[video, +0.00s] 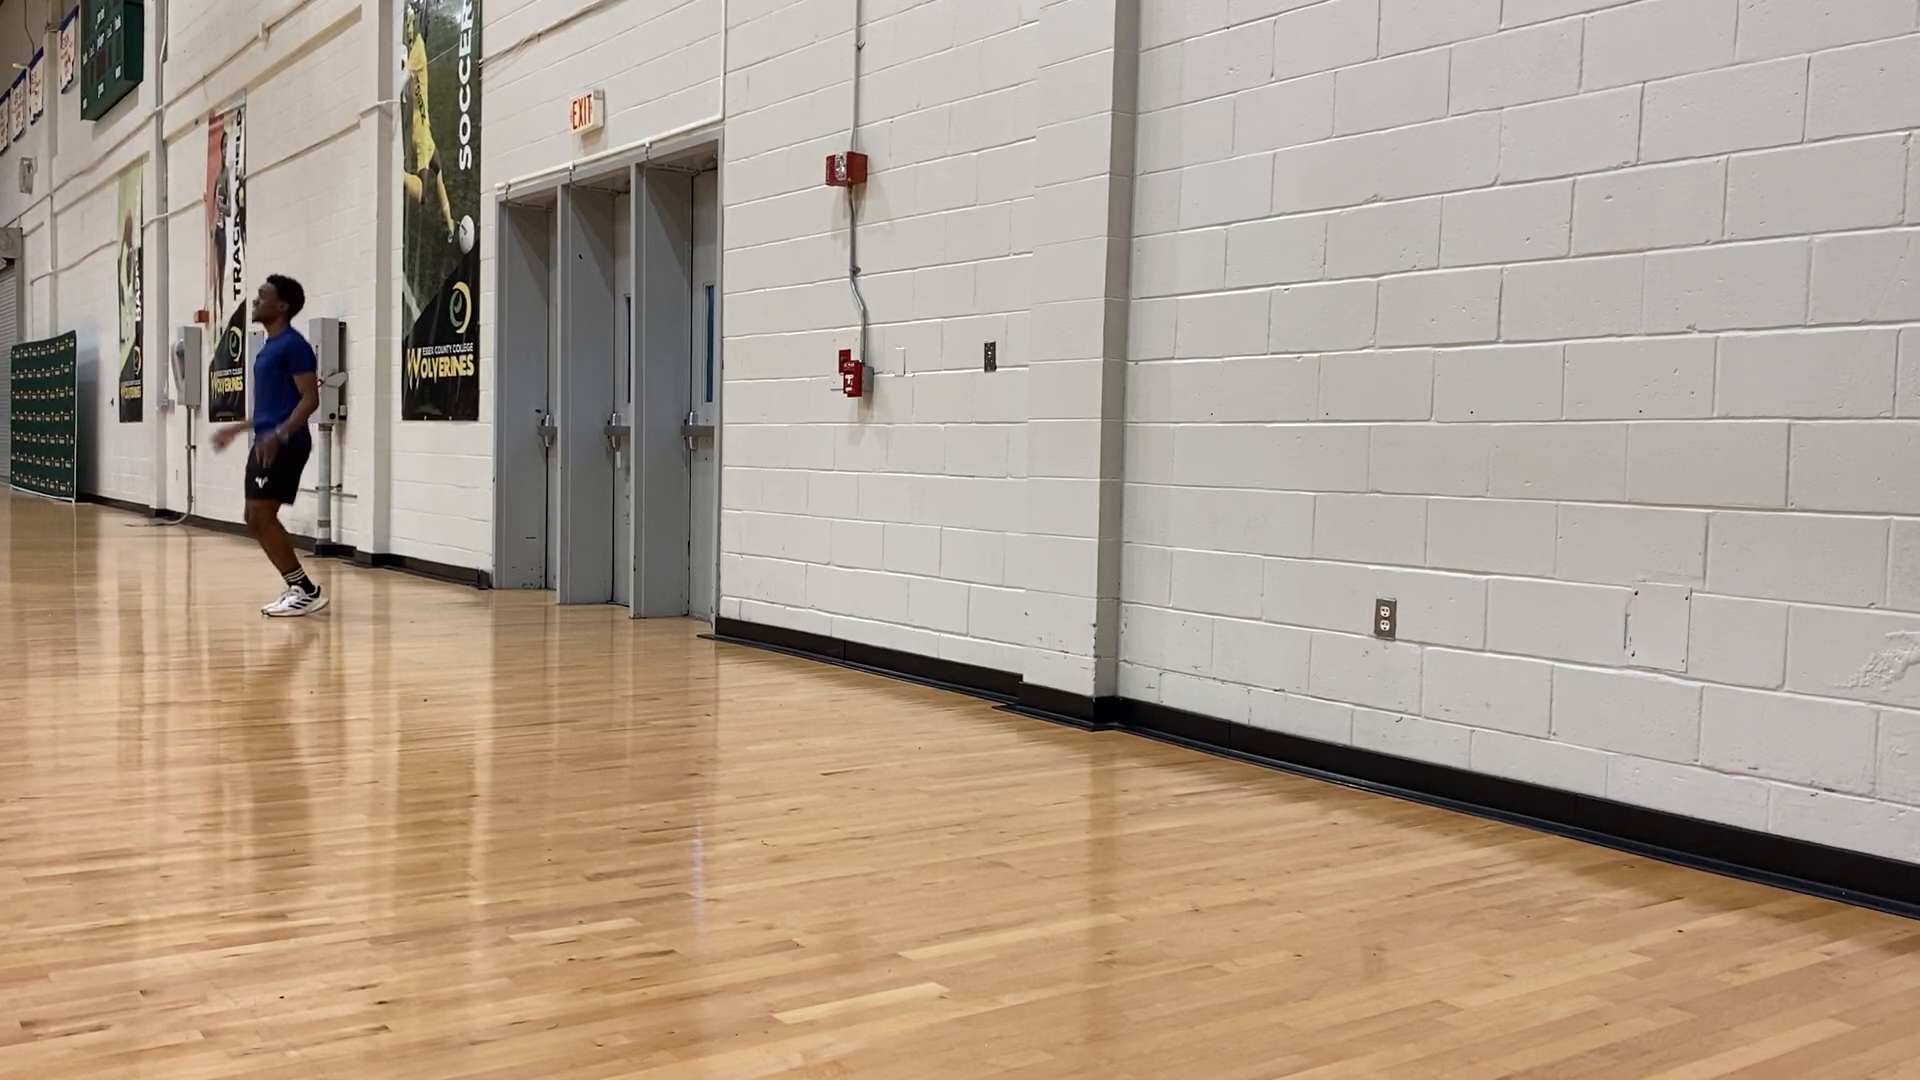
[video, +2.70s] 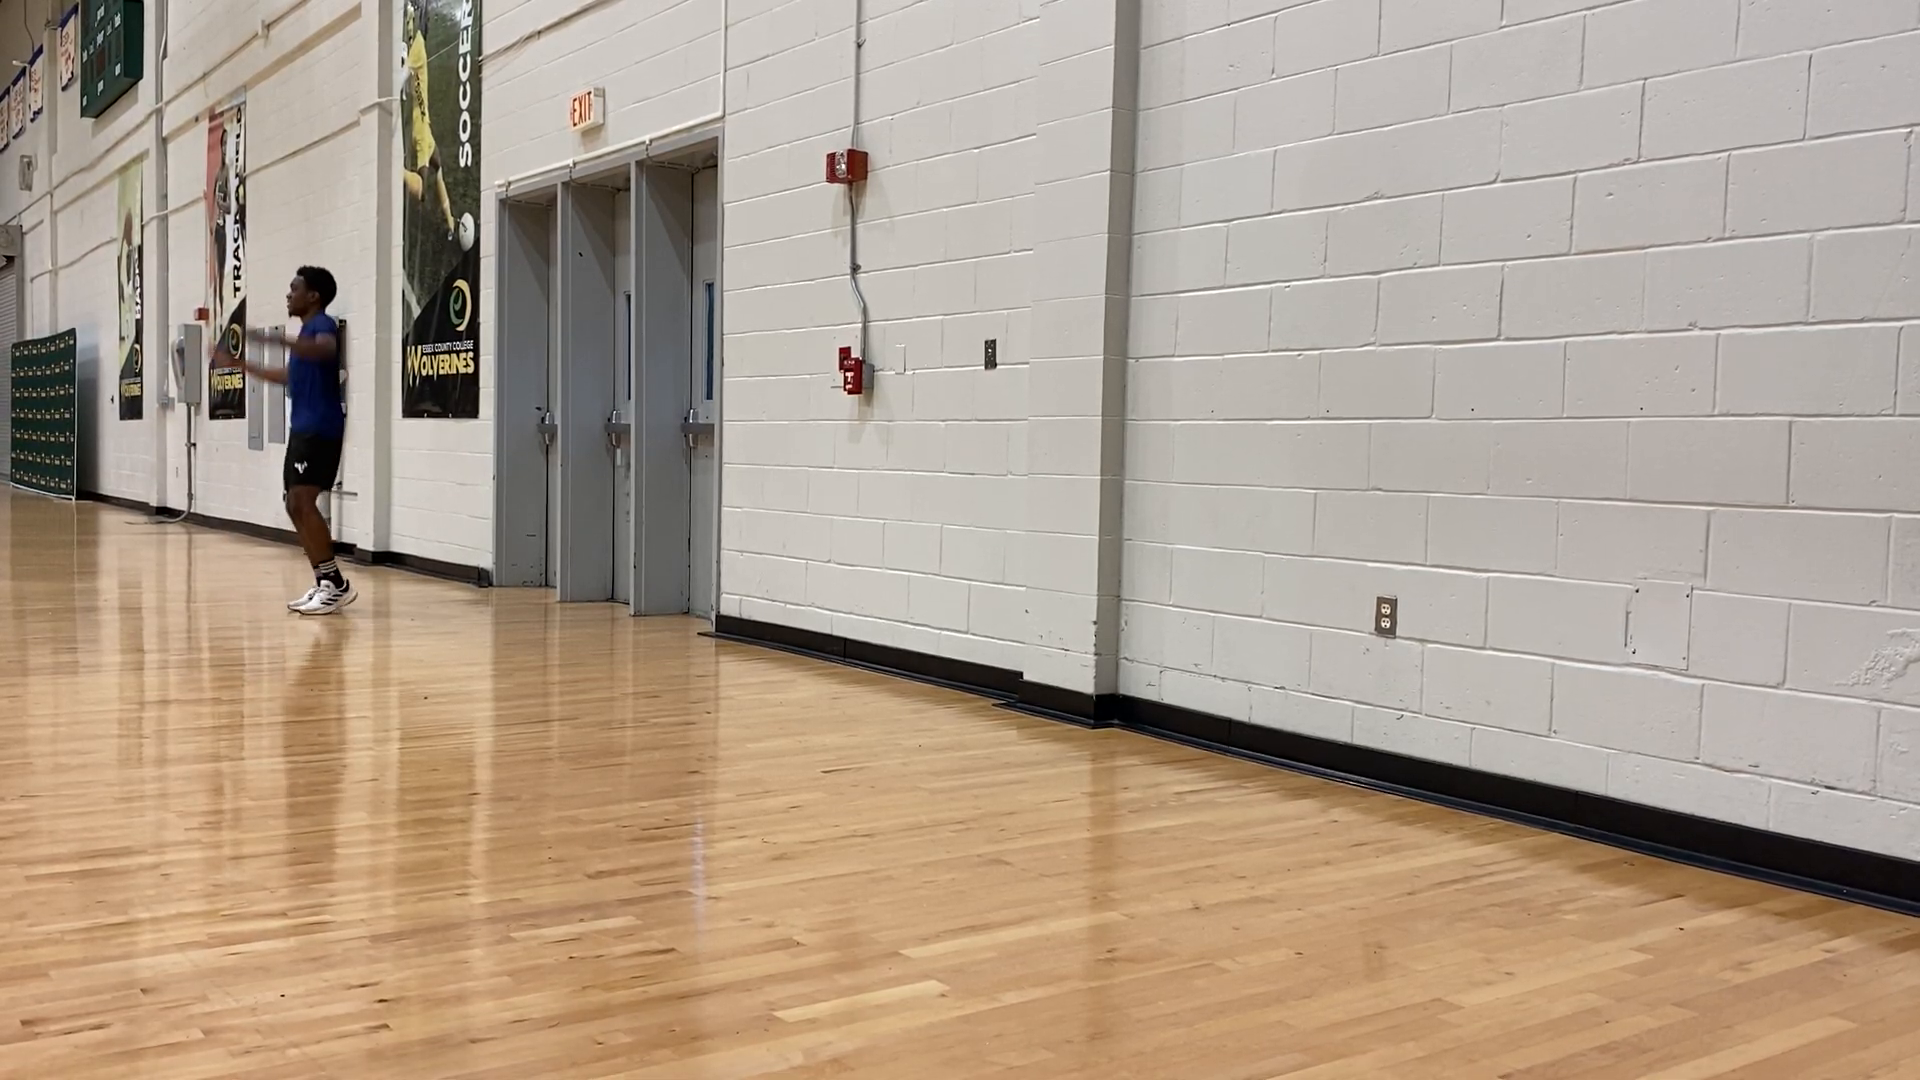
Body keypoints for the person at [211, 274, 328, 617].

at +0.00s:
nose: (255, 301)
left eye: (262, 297)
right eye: (257, 296)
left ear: (281, 307)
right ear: (275, 308)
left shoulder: (294, 345)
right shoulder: (270, 346)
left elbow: (311, 399)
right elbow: (270, 408)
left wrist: (279, 434)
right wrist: (236, 429)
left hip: (286, 440)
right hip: (267, 438)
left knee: (263, 516)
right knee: (253, 519)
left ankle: (304, 590)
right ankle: (299, 588)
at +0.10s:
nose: (261, 279)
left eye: (268, 274)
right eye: (263, 274)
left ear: (289, 282)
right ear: (278, 282)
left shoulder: (298, 317)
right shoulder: (273, 320)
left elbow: (315, 359)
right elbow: (267, 368)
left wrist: (282, 364)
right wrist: (230, 363)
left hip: (291, 417)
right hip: (271, 416)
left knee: (281, 495)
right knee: (272, 495)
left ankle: (301, 580)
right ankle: (290, 578)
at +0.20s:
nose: (267, 272)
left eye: (275, 267)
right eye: (268, 266)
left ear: (293, 275)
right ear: (272, 275)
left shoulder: (301, 302)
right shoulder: (273, 312)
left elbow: (317, 323)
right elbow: (259, 333)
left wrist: (281, 290)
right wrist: (224, 295)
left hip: (296, 405)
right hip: (273, 406)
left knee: (287, 486)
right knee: (272, 487)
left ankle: (311, 574)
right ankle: (292, 571)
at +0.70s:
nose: (284, 277)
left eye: (291, 274)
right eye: (288, 272)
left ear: (307, 284)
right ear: (303, 284)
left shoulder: (317, 314)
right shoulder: (294, 320)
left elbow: (341, 348)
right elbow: (274, 348)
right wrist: (230, 322)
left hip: (310, 415)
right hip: (291, 414)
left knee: (297, 494)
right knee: (288, 495)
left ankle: (326, 577)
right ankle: (314, 577)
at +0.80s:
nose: (285, 294)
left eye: (292, 291)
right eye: (289, 289)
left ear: (308, 302)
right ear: (304, 302)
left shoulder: (320, 339)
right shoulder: (298, 341)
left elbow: (348, 383)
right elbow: (293, 391)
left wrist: (302, 398)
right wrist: (250, 386)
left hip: (313, 436)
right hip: (295, 436)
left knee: (297, 511)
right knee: (286, 511)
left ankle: (335, 589)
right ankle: (324, 586)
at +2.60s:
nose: (285, 310)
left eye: (292, 305)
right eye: (287, 304)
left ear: (310, 312)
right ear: (307, 313)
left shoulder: (322, 346)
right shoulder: (305, 352)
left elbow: (329, 389)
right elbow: (292, 409)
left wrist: (284, 409)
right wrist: (249, 417)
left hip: (324, 444)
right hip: (310, 443)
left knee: (292, 513)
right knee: (285, 515)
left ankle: (335, 588)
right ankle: (328, 586)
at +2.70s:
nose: (288, 295)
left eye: (294, 289)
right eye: (290, 289)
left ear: (314, 296)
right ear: (310, 296)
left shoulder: (321, 322)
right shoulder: (304, 333)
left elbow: (325, 348)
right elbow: (287, 376)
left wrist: (278, 340)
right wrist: (238, 364)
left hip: (320, 430)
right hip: (304, 430)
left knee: (302, 503)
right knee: (294, 505)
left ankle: (334, 584)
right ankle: (326, 582)